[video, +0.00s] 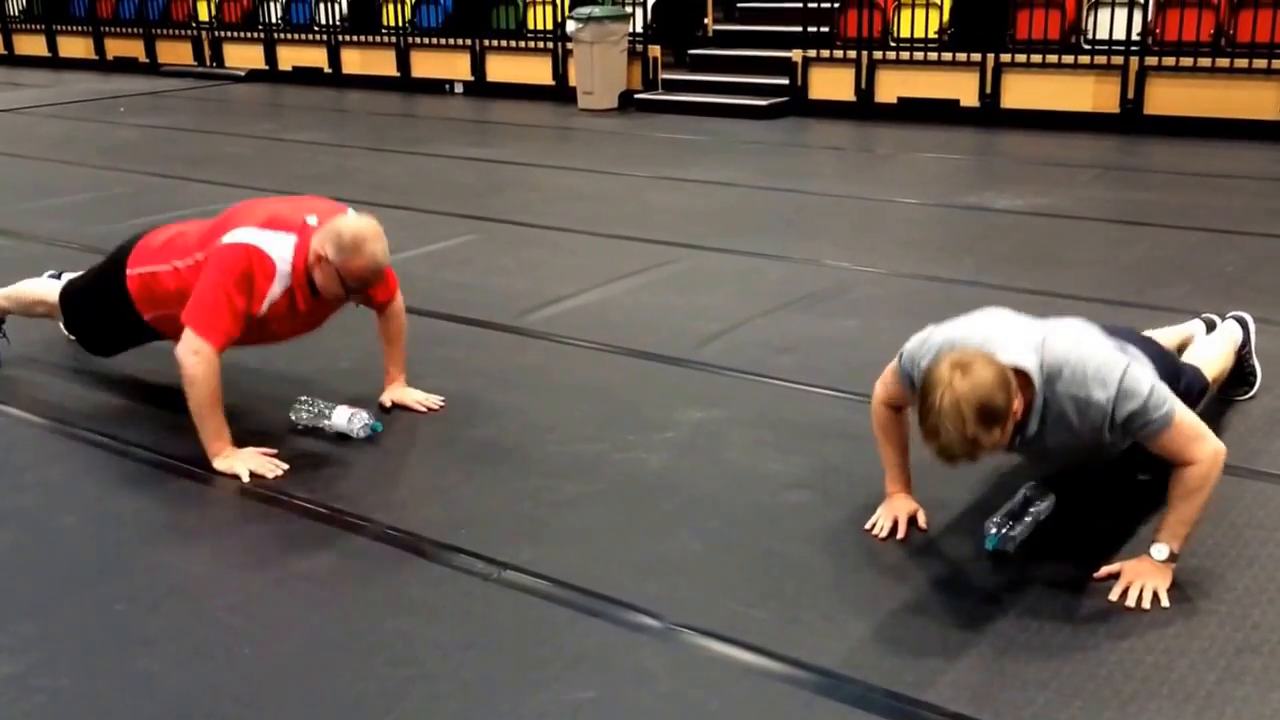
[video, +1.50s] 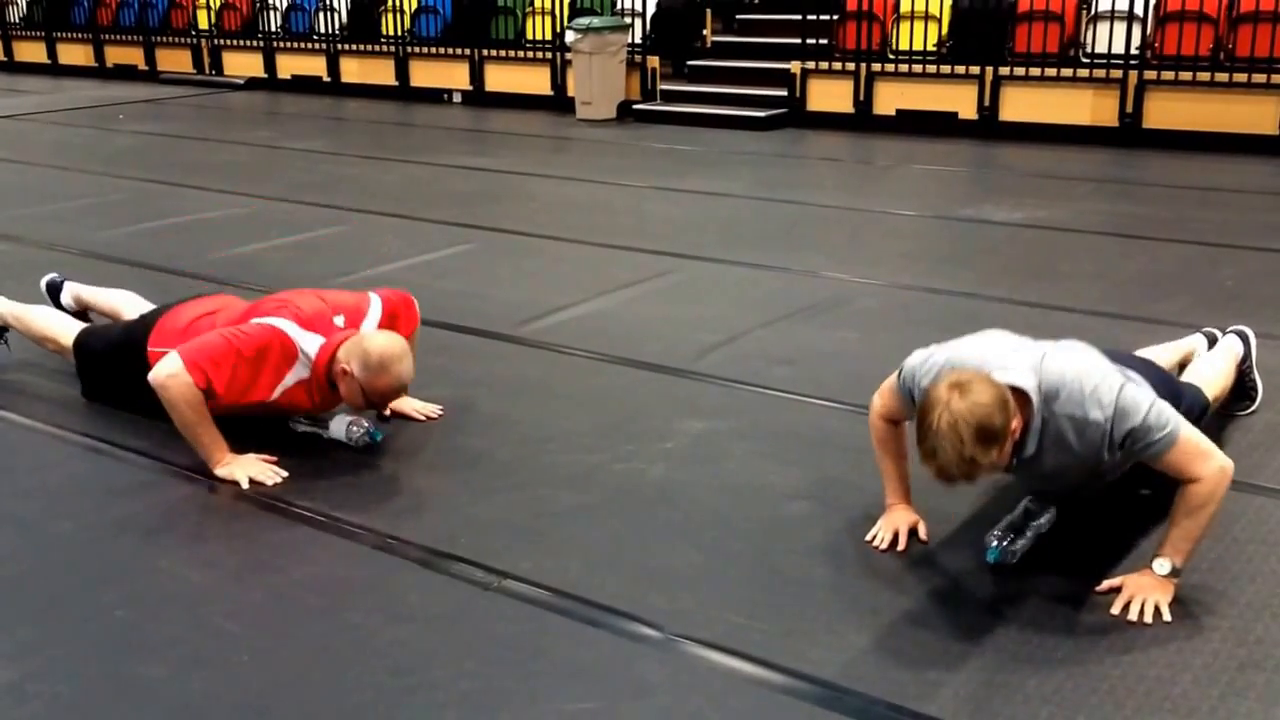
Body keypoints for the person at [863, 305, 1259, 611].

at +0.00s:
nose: (991, 458)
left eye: (995, 447)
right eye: (974, 454)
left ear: (1017, 403)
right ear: (943, 411)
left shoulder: (1104, 383)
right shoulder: (931, 353)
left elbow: (1206, 454)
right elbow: (886, 400)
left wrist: (1160, 556)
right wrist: (897, 492)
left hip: (1135, 372)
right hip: (1082, 346)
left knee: (1194, 377)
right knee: (1141, 348)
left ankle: (1233, 332)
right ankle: (1200, 326)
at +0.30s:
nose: (985, 402)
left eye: (993, 387)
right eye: (972, 393)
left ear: (1024, 346)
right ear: (951, 360)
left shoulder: (1112, 344)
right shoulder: (931, 327)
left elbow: (1183, 450)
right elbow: (899, 401)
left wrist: (1159, 561)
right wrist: (897, 495)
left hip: (1144, 364)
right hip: (1058, 391)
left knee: (1197, 360)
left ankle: (1235, 337)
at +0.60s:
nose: (969, 526)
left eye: (974, 518)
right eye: (953, 519)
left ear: (1008, 478)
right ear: (932, 464)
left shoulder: (1096, 430)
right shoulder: (945, 395)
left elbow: (1217, 472)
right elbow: (880, 402)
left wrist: (1160, 566)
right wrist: (895, 497)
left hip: (1127, 405)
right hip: (1050, 382)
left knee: (1191, 398)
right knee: (1124, 378)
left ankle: (1232, 341)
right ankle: (1193, 335)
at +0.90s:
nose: (994, 407)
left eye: (1000, 394)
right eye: (980, 401)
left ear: (1027, 346)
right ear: (949, 353)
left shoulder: (1113, 339)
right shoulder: (937, 316)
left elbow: (1173, 455)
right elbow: (904, 406)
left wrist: (1158, 568)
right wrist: (897, 501)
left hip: (1140, 373)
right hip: (1056, 396)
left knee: (1194, 379)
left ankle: (1234, 348)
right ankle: (1202, 347)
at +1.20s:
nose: (982, 478)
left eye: (988, 468)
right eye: (966, 472)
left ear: (1014, 424)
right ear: (939, 425)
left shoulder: (1102, 404)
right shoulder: (930, 371)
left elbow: (1211, 469)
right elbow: (882, 411)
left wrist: (1161, 569)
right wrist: (896, 502)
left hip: (1137, 394)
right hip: (1091, 369)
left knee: (1194, 396)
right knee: (1138, 365)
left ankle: (1233, 346)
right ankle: (1199, 340)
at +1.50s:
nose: (985, 479)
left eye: (990, 469)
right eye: (969, 474)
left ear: (1014, 427)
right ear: (939, 427)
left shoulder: (1103, 403)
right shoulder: (933, 371)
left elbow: (1212, 471)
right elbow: (884, 411)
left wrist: (1162, 571)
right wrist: (897, 503)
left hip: (1136, 396)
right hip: (1086, 371)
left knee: (1195, 395)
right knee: (1136, 366)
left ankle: (1233, 346)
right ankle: (1200, 341)